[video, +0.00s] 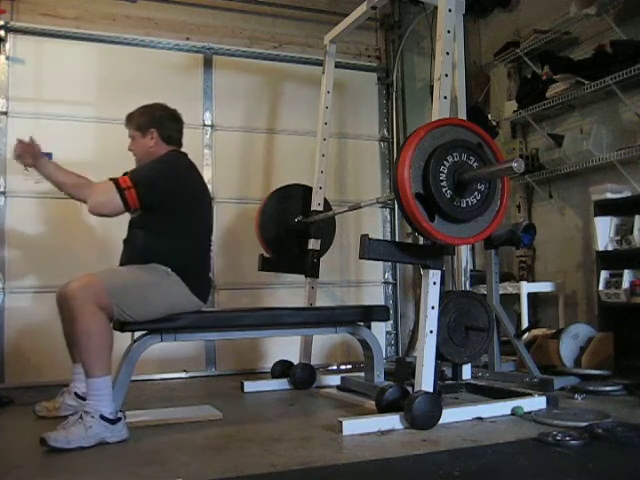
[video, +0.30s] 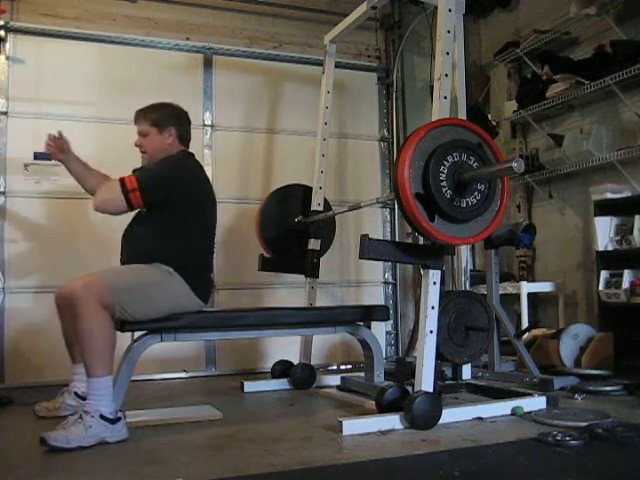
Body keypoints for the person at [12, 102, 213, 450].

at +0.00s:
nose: (129, 146)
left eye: (133, 138)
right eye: (130, 138)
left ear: (153, 138)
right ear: (155, 139)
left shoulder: (170, 169)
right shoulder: (159, 169)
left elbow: (100, 204)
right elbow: (90, 191)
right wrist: (40, 162)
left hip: (178, 280)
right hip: (157, 276)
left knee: (84, 296)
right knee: (69, 294)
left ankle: (104, 416)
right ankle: (82, 394)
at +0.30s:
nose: (138, 142)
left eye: (145, 135)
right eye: (138, 135)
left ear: (171, 137)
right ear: (168, 138)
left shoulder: (178, 169)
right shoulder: (164, 169)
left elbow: (106, 203)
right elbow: (105, 188)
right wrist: (67, 157)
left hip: (179, 281)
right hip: (157, 276)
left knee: (87, 292)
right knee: (66, 297)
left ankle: (105, 416)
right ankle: (82, 393)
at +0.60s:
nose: (138, 139)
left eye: (145, 131)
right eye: (138, 132)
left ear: (172, 134)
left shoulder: (181, 162)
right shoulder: (163, 174)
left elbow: (113, 180)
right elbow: (131, 221)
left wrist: (97, 180)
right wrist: (101, 197)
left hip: (179, 281)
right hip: (154, 279)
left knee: (87, 286)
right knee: (66, 296)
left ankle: (99, 409)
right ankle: (81, 392)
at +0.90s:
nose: (130, 133)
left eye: (138, 127)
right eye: (131, 126)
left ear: (165, 132)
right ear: (159, 133)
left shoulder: (180, 160)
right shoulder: (154, 172)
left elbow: (152, 175)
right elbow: (132, 203)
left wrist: (91, 175)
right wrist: (100, 221)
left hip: (178, 281)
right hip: (154, 278)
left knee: (82, 292)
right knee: (72, 291)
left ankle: (85, 415)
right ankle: (75, 390)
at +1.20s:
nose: (112, 128)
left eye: (119, 121)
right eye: (112, 122)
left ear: (146, 121)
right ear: (143, 124)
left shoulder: (164, 159)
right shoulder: (141, 162)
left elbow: (189, 210)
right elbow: (144, 221)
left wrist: (178, 251)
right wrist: (113, 264)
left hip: (167, 280)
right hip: (140, 275)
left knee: (81, 294)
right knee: (70, 293)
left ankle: (86, 415)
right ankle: (71, 391)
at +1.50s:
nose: (89, 135)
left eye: (94, 126)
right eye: (88, 128)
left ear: (122, 125)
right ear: (117, 128)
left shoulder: (139, 161)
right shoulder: (118, 169)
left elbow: (140, 216)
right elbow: (112, 236)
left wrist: (73, 244)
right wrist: (67, 251)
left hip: (169, 278)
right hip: (143, 276)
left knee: (83, 295)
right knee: (69, 294)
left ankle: (87, 416)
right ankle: (71, 392)